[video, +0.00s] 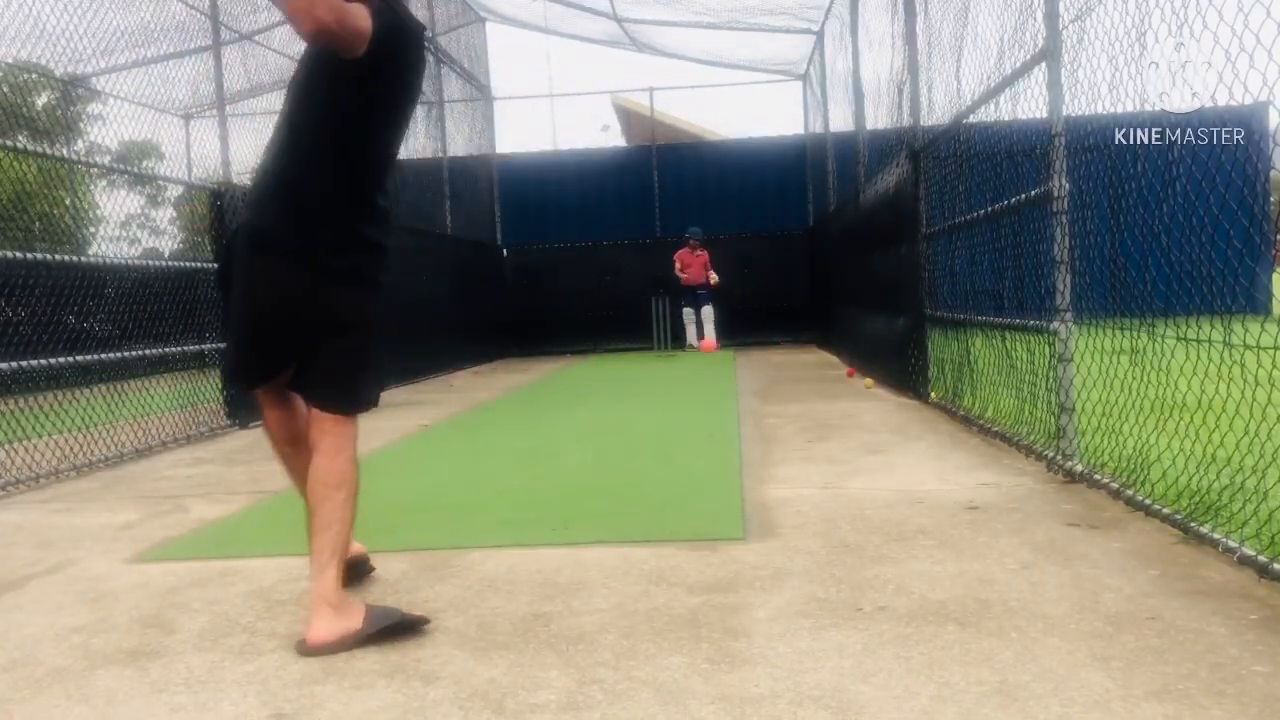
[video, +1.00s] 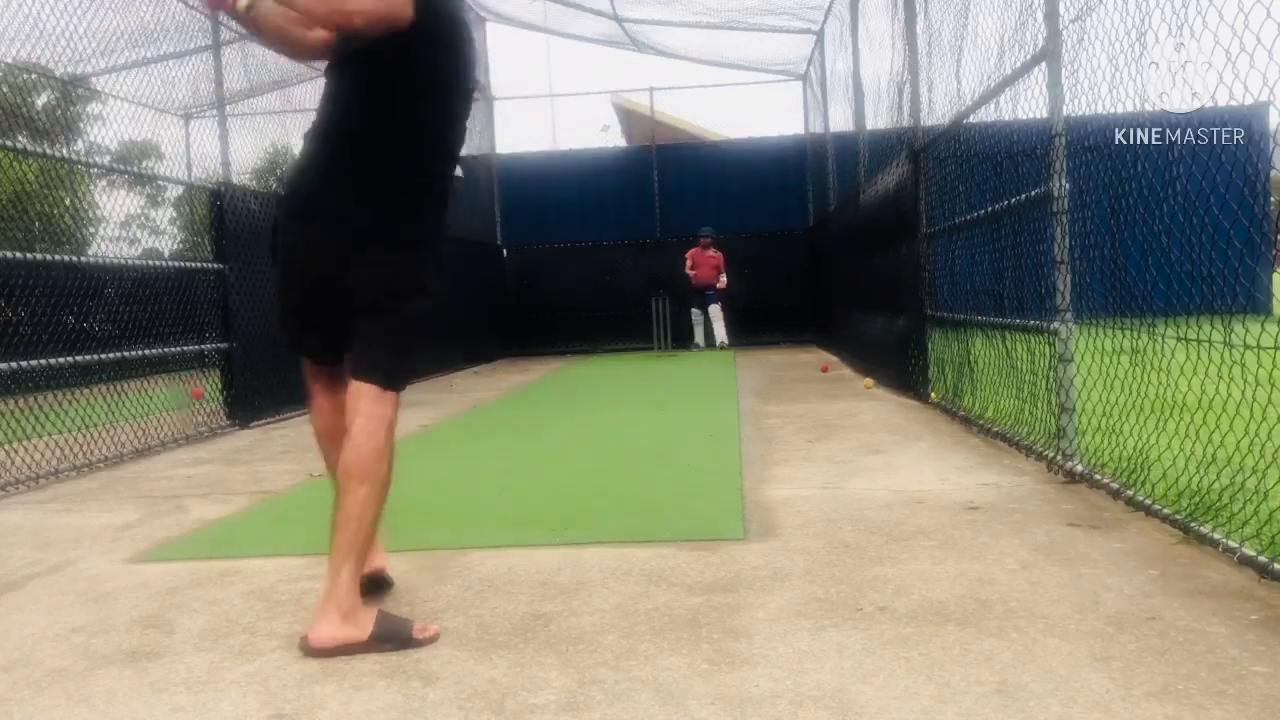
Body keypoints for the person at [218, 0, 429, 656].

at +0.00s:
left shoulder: (383, 25)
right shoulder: (391, 34)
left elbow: (317, 15)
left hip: (281, 243)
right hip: (343, 248)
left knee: (271, 388)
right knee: (334, 420)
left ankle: (338, 544)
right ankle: (328, 609)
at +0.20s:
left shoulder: (371, 17)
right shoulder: (397, 25)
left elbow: (248, 41)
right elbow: (260, 39)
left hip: (282, 243)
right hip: (352, 248)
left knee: (293, 402)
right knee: (345, 424)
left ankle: (342, 551)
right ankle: (330, 608)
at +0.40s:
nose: (488, 39)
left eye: (488, 29)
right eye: (486, 25)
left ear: (435, 13)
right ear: (461, 18)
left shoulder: (436, 78)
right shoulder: (397, 49)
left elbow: (398, 178)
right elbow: (319, 137)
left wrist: (436, 245)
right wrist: (419, 207)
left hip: (362, 245)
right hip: (322, 242)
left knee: (424, 382)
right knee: (382, 401)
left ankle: (399, 544)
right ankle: (339, 607)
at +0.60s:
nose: (487, 35)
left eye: (486, 24)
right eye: (485, 23)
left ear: (435, 17)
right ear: (468, 24)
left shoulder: (442, 93)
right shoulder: (384, 50)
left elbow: (457, 188)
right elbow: (360, 143)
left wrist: (505, 188)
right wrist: (475, 117)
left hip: (355, 255)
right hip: (319, 253)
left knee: (425, 376)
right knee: (402, 409)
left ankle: (400, 546)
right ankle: (338, 606)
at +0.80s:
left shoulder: (308, 7)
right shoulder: (443, 20)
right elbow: (455, 118)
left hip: (318, 215)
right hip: (394, 222)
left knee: (379, 391)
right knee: (409, 410)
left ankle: (400, 543)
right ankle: (341, 605)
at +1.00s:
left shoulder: (389, 7)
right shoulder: (444, 17)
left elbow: (325, 28)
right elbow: (310, 35)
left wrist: (250, 5)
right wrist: (239, 6)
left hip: (314, 214)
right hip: (399, 222)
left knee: (327, 391)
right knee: (372, 400)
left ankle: (366, 554)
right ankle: (339, 613)